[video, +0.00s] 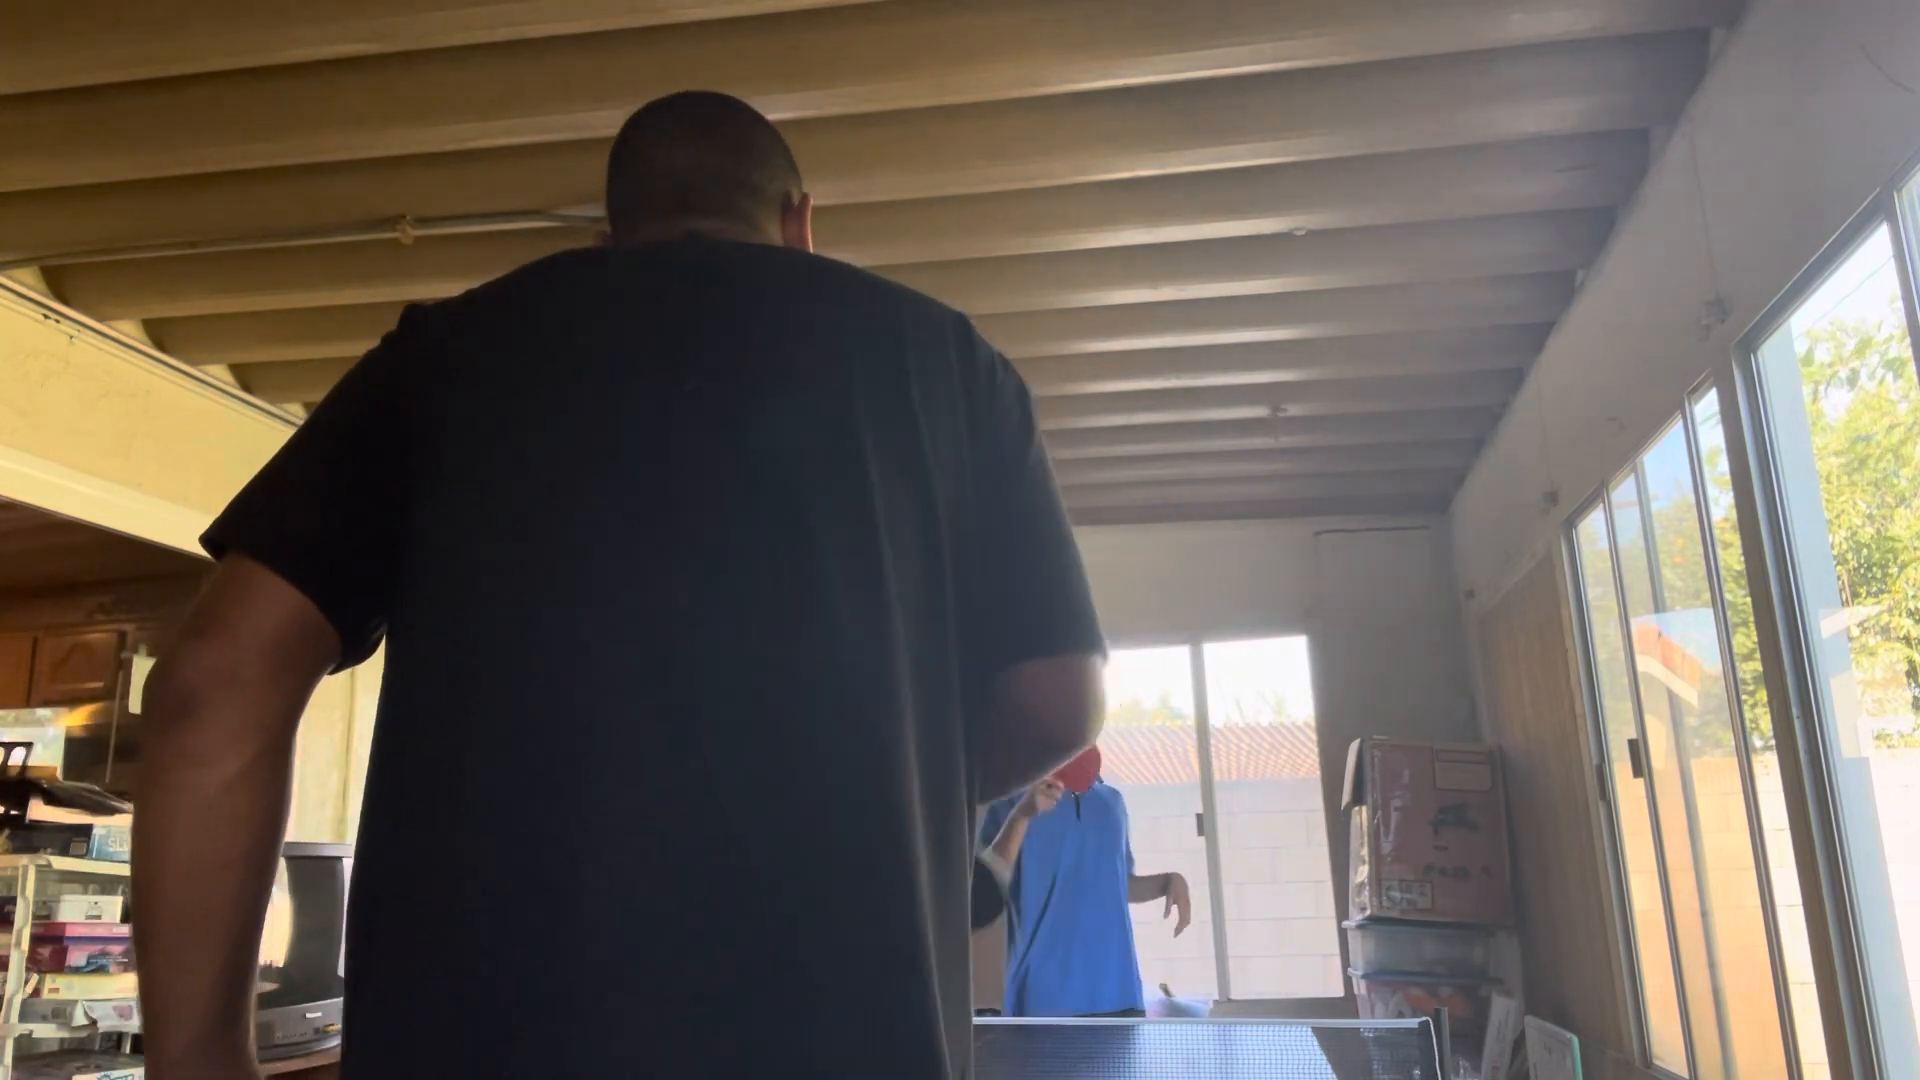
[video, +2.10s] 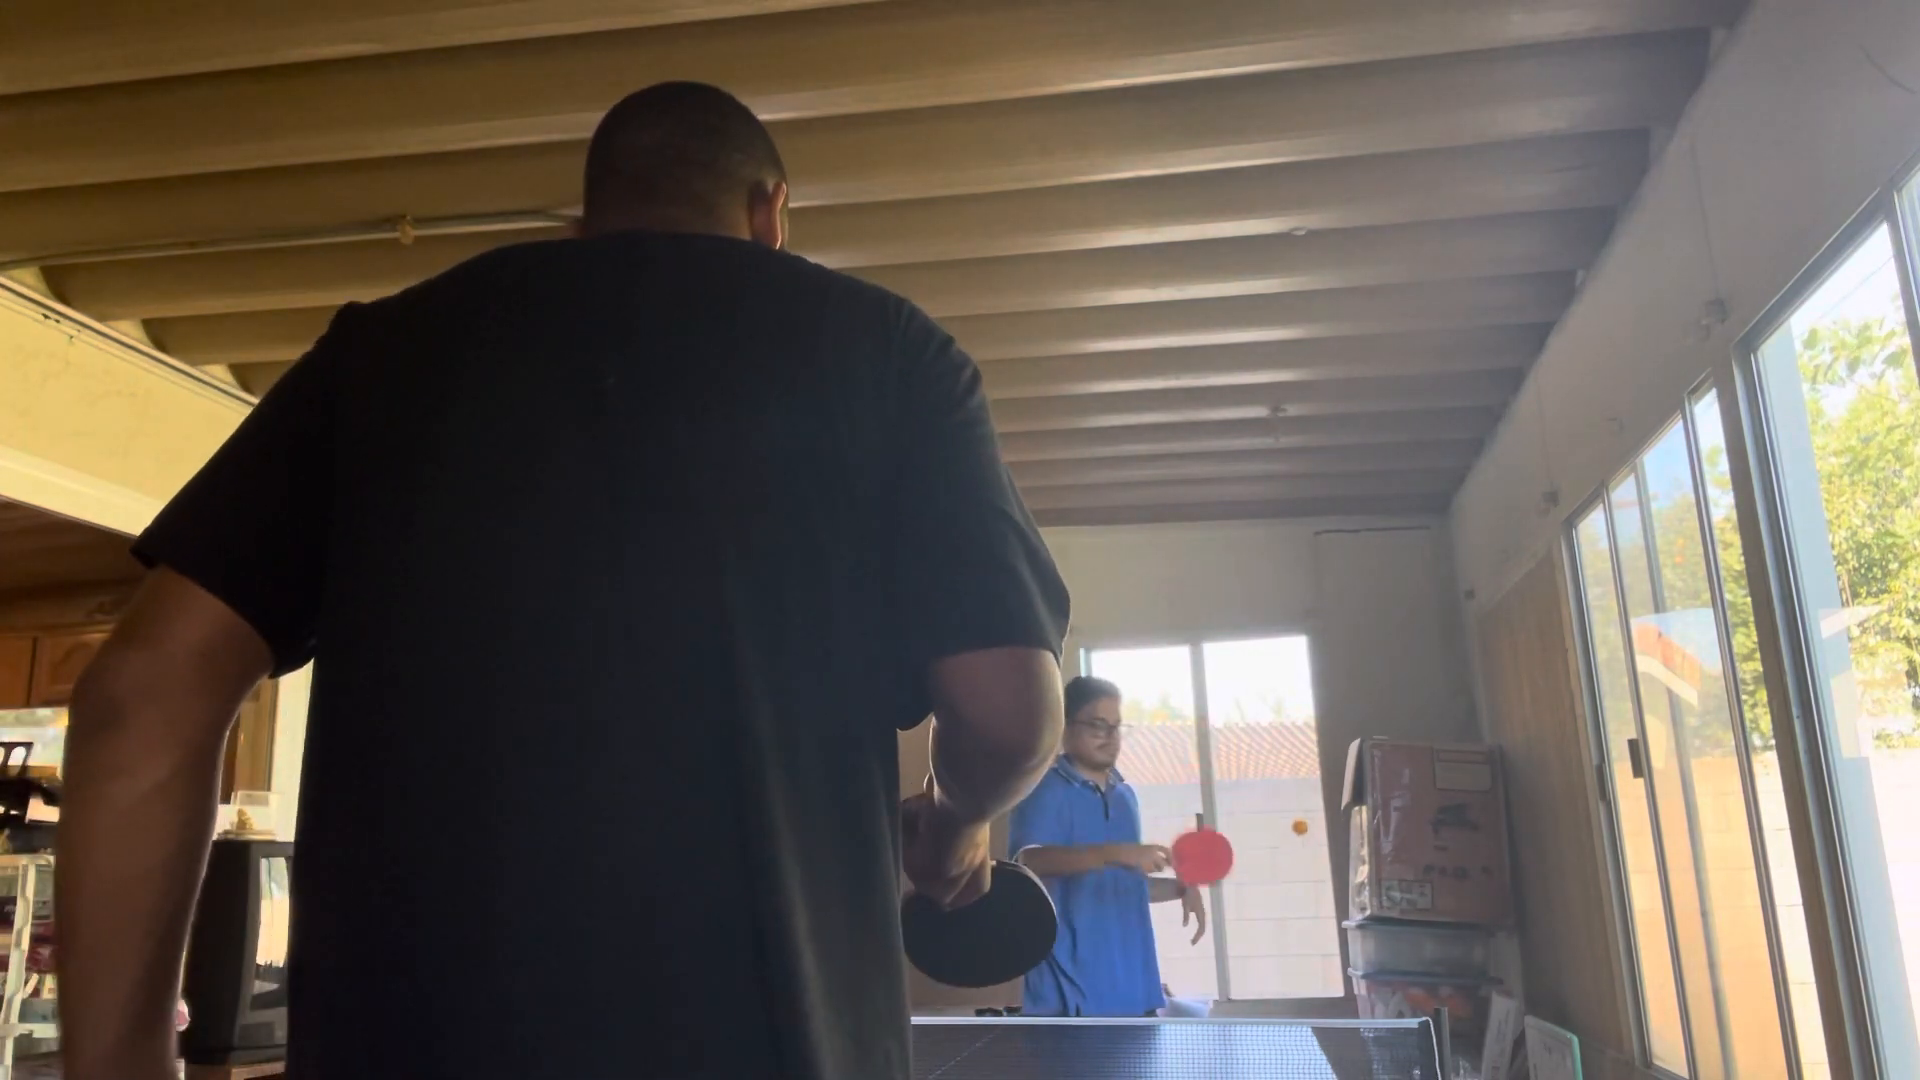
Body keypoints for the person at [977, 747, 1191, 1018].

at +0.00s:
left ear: (1096, 723)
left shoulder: (1110, 802)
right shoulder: (1009, 805)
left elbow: (1121, 886)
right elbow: (982, 902)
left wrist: (1168, 881)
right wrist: (1020, 816)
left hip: (1116, 1001)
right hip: (1040, 1005)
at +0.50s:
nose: (1059, 728)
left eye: (1072, 718)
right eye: (1047, 719)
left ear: (1091, 732)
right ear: (1032, 733)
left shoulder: (1114, 799)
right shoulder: (1005, 803)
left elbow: (1128, 881)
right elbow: (977, 899)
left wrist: (1169, 874)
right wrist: (994, 858)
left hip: (1113, 990)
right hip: (1040, 995)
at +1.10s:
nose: (1069, 738)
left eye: (1081, 726)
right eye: (1056, 727)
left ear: (1095, 733)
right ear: (1037, 732)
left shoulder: (1114, 800)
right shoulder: (1008, 802)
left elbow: (1125, 882)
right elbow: (977, 887)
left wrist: (1168, 878)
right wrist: (1030, 860)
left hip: (1112, 986)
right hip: (1041, 989)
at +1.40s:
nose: (1080, 735)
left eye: (1090, 724)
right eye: (1065, 724)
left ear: (1101, 729)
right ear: (1043, 731)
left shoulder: (1113, 797)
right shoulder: (1020, 795)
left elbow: (1123, 866)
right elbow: (1006, 864)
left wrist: (1173, 882)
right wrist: (1078, 845)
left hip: (1114, 983)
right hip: (1046, 987)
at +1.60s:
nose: (1086, 730)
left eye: (1095, 720)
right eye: (1070, 720)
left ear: (1104, 728)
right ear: (1046, 728)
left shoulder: (1107, 792)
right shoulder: (1034, 780)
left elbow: (1110, 884)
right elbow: (1047, 811)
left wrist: (1171, 877)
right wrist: (1140, 803)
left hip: (1114, 987)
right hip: (1048, 993)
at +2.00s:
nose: (1104, 736)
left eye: (1111, 725)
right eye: (1090, 724)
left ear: (1117, 728)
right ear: (1061, 727)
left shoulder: (1116, 795)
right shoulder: (1041, 787)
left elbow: (1112, 887)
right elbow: (1028, 849)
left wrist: (1172, 887)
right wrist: (1113, 828)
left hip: (1129, 990)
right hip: (1065, 998)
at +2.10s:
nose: (1109, 737)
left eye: (1115, 727)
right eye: (1096, 726)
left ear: (1121, 728)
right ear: (1064, 728)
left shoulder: (1123, 796)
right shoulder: (1046, 789)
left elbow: (1119, 888)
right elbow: (1027, 859)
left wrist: (1179, 888)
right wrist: (1119, 853)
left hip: (1130, 988)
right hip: (1066, 994)